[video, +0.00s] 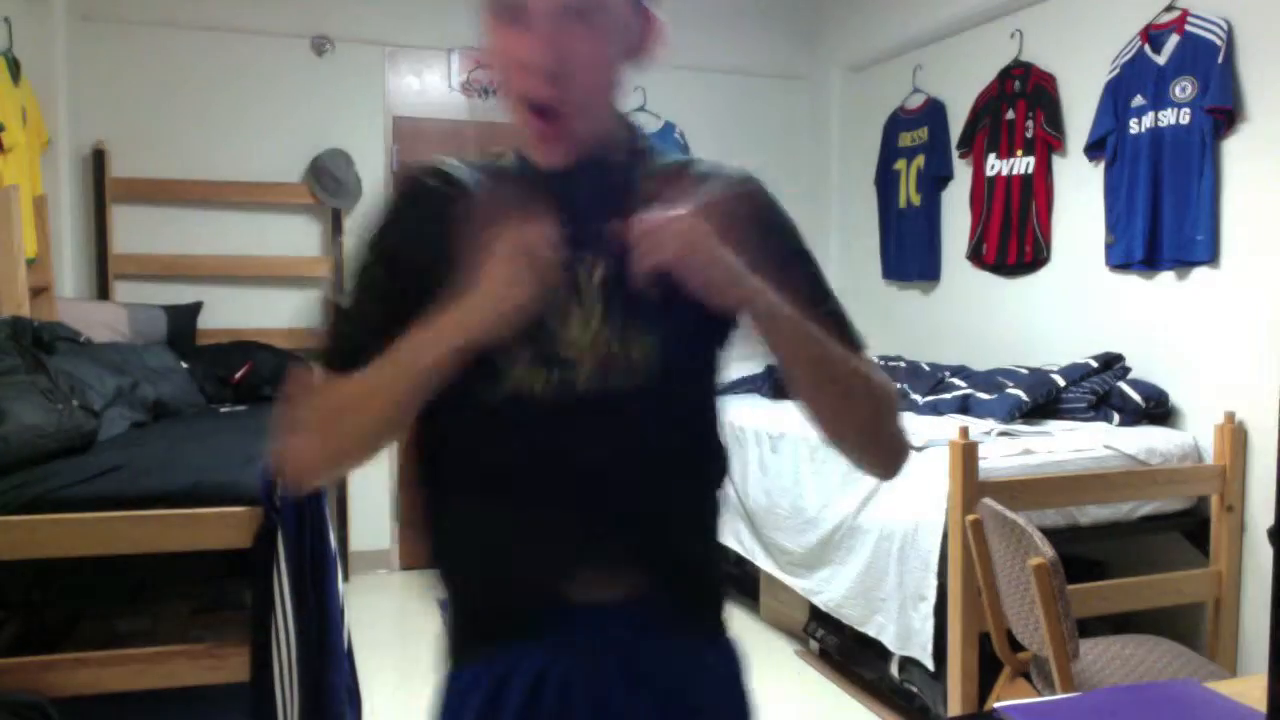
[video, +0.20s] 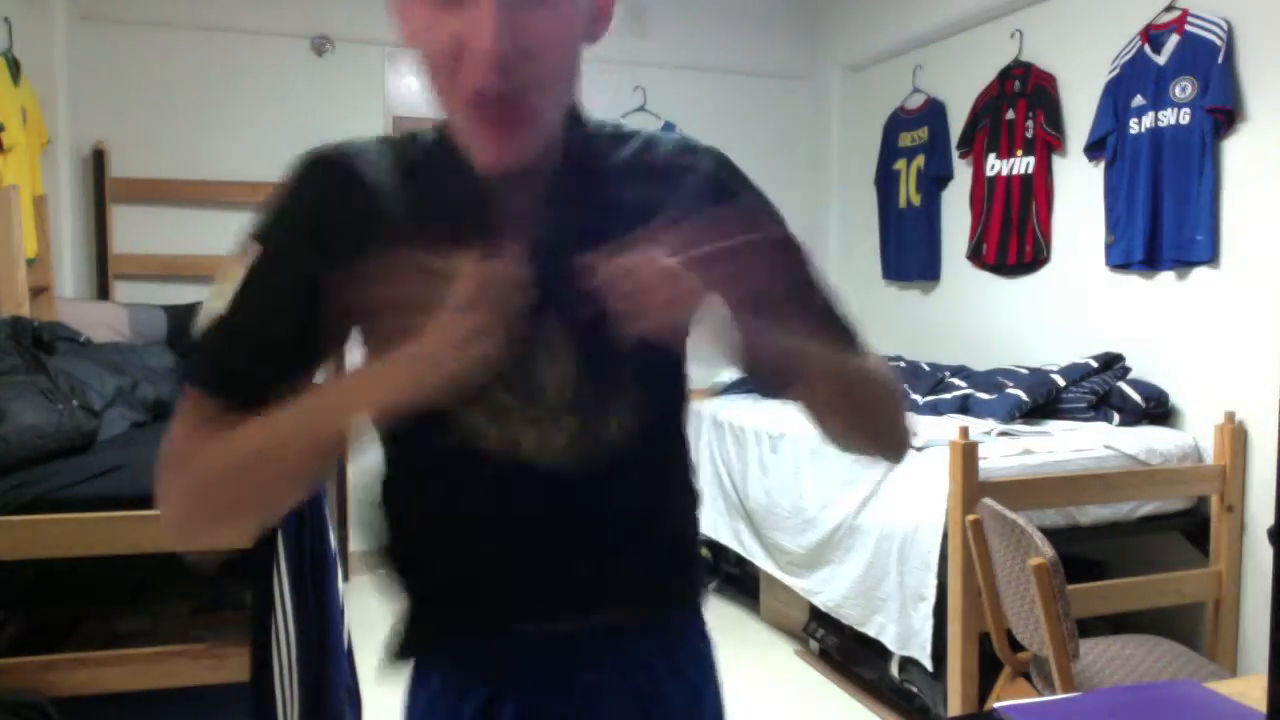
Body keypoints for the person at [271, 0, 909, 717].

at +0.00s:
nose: (539, 54)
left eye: (576, 16)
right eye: (513, 18)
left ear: (639, 32)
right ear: (484, 41)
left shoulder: (715, 207)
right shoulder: (440, 211)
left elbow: (881, 445)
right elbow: (300, 451)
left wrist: (748, 290)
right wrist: (469, 318)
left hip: (676, 654)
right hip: (502, 657)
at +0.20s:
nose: (490, 52)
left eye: (529, 3)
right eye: (452, 4)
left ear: (595, 17)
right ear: (405, 20)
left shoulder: (684, 188)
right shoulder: (350, 198)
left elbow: (885, 431)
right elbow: (194, 505)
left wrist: (731, 309)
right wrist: (398, 379)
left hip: (651, 665)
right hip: (464, 673)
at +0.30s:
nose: (512, 118)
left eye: (556, 55)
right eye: (463, 54)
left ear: (615, 39)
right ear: (388, 42)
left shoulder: (690, 207)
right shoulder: (316, 220)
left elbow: (883, 448)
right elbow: (170, 541)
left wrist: (716, 389)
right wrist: (421, 448)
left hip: (646, 673)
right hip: (450, 686)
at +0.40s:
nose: (546, 175)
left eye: (580, 112)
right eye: (494, 114)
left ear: (637, 66)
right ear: (399, 61)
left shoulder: (707, 223)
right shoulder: (314, 235)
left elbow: (860, 472)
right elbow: (174, 549)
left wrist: (795, 391)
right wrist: (370, 471)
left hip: (653, 681)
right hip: (452, 690)